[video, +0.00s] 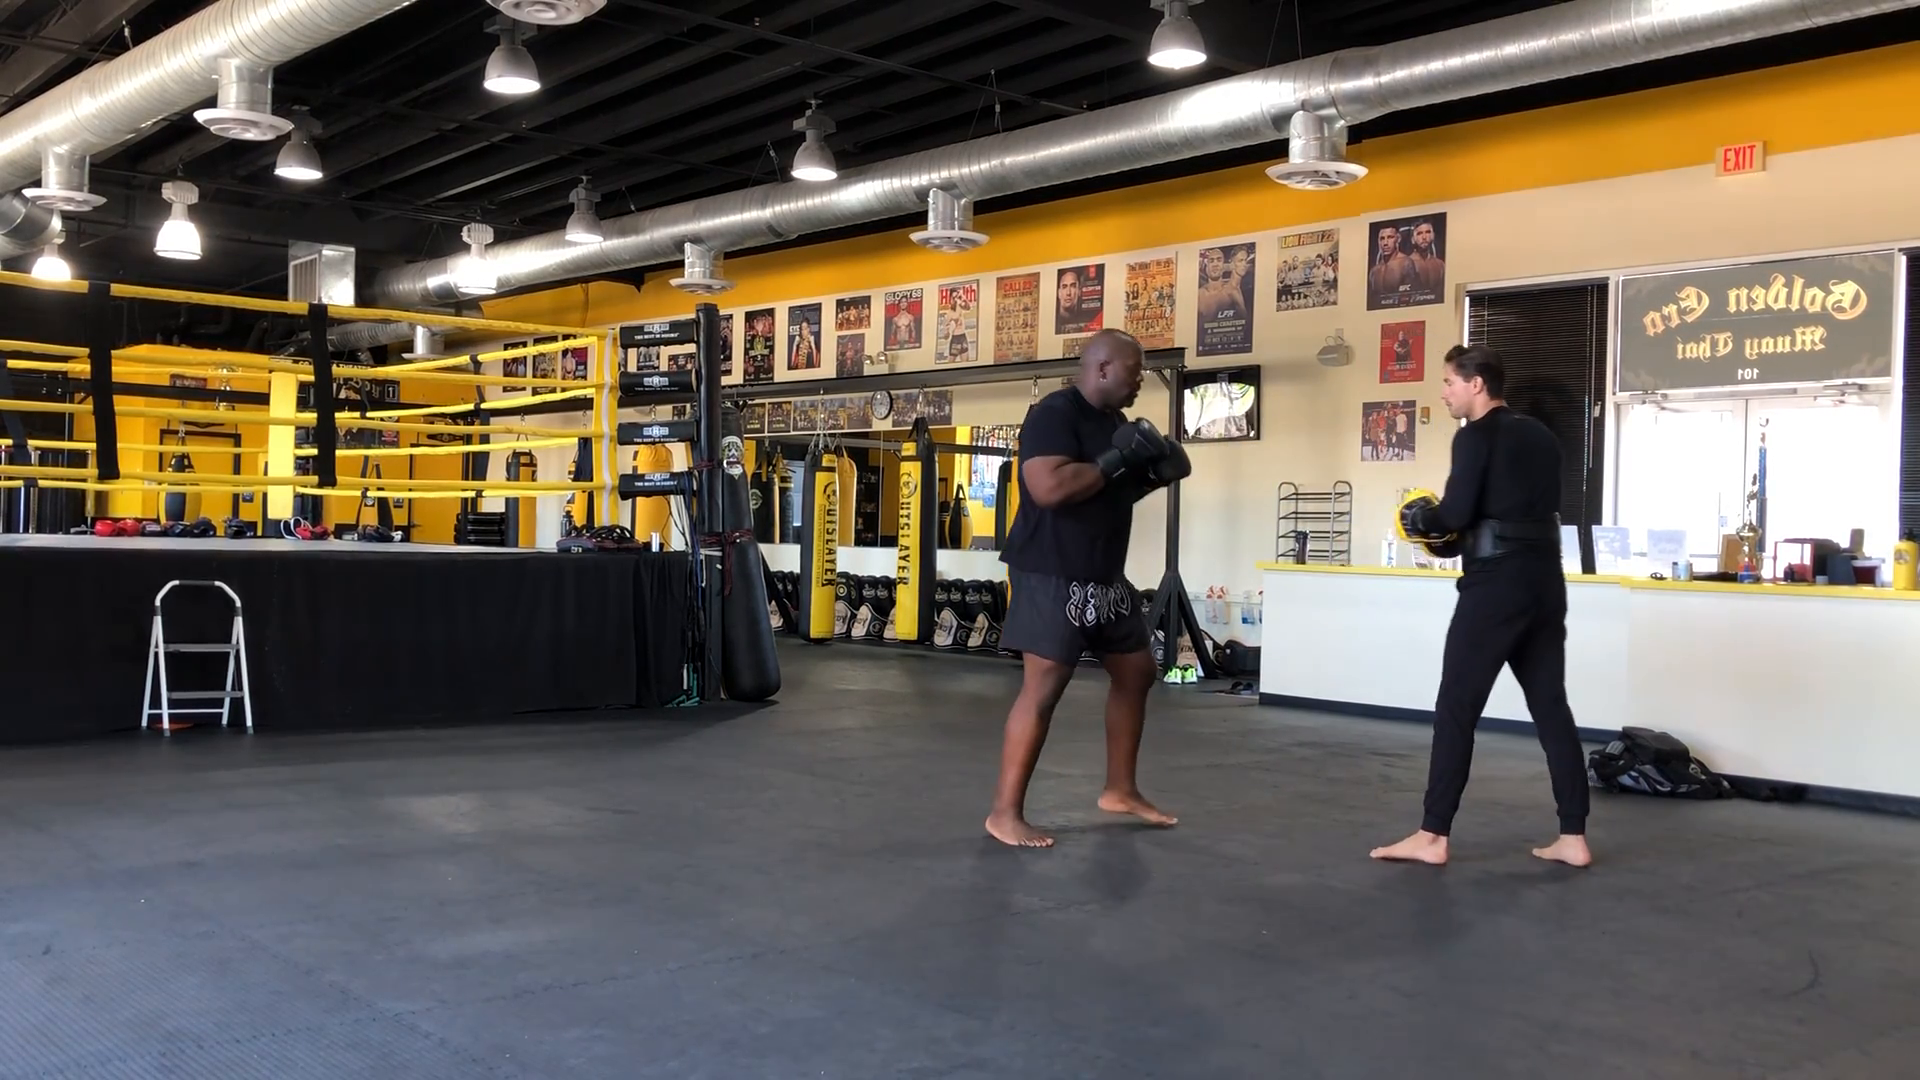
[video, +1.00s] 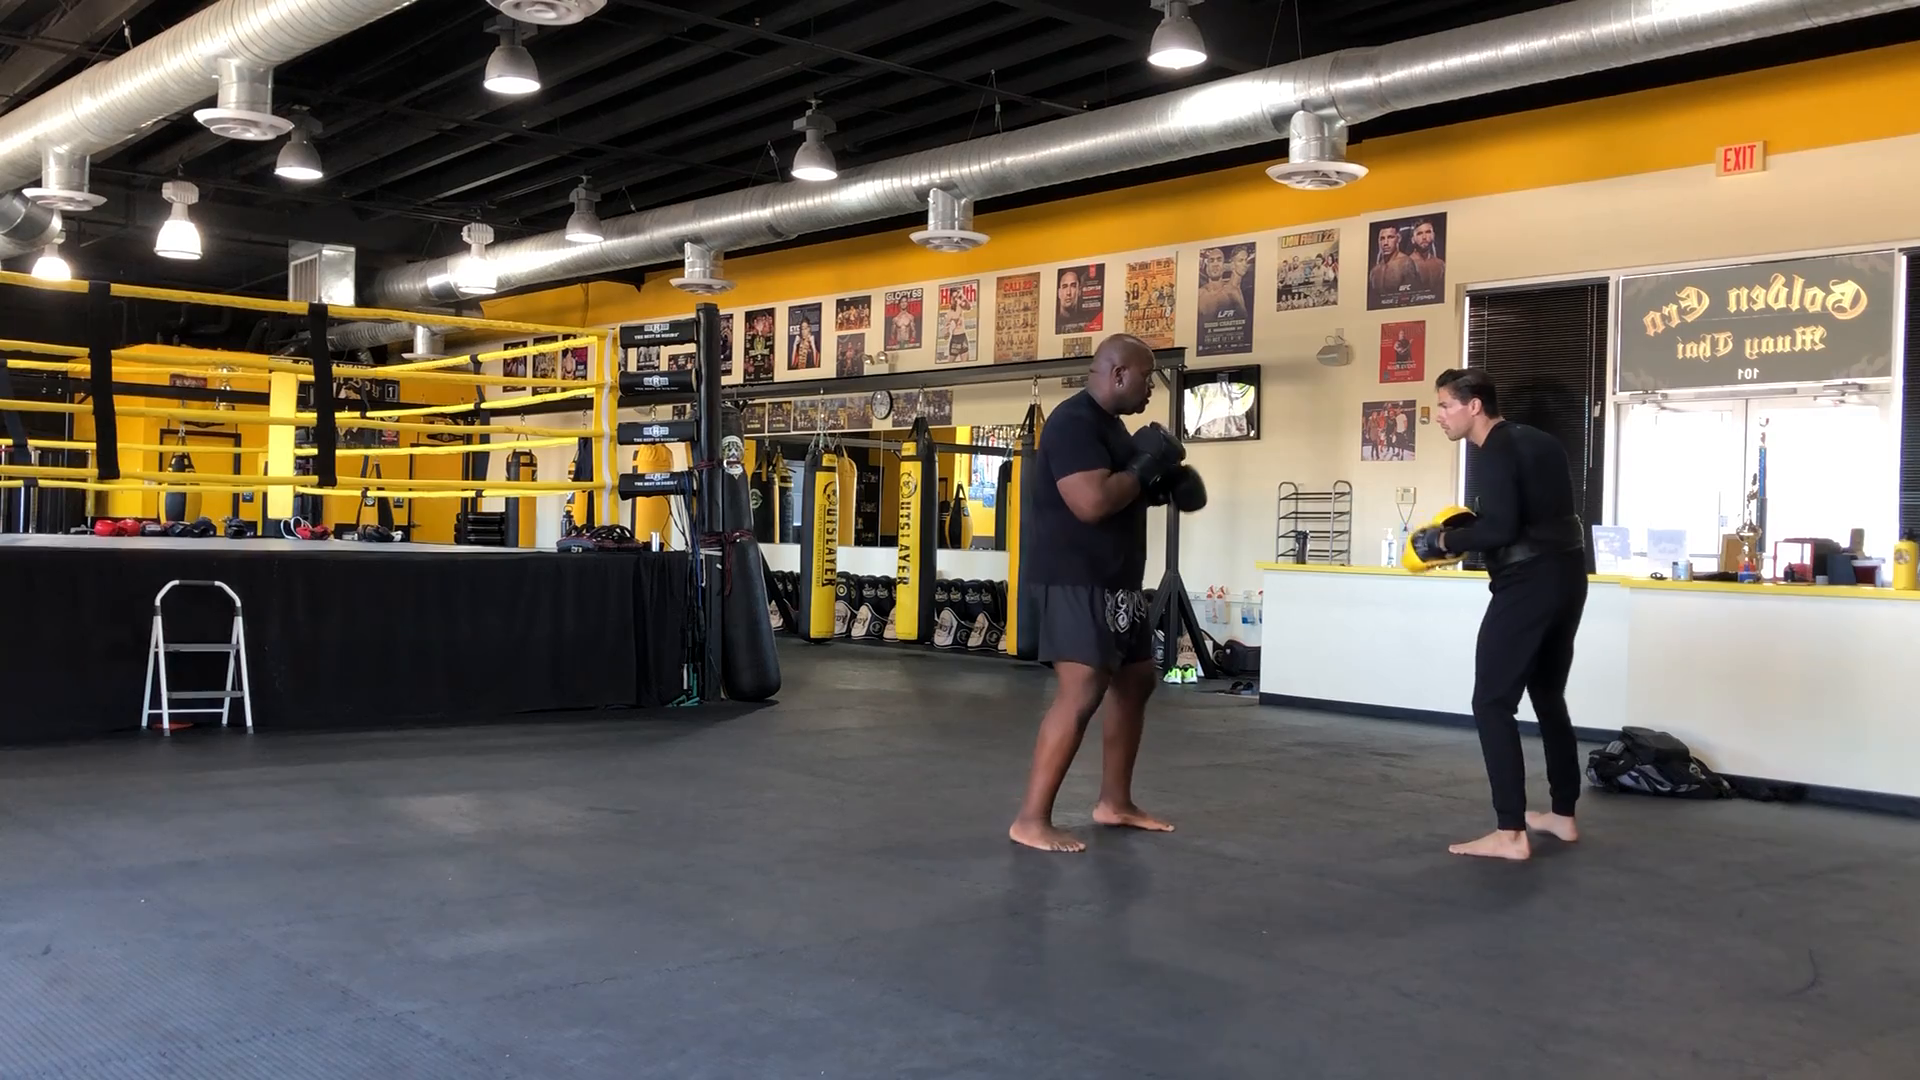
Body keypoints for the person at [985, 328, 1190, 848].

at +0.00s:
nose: (1138, 385)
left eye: (1140, 375)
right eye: (1134, 374)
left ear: (1108, 370)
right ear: (1102, 368)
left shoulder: (1117, 427)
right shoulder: (1051, 413)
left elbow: (1113, 497)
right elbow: (1048, 487)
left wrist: (1154, 475)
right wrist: (1116, 458)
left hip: (1105, 576)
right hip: (1052, 575)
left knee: (1135, 671)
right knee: (1042, 685)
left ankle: (1120, 791)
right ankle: (1004, 814)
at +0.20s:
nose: (1129, 384)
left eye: (1130, 375)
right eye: (1124, 373)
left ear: (1092, 371)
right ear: (1092, 370)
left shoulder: (1102, 430)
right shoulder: (1045, 420)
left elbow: (1103, 498)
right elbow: (1058, 496)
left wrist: (1146, 473)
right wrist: (1120, 457)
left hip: (1098, 585)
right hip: (1047, 585)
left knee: (1121, 681)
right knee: (1045, 690)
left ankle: (1106, 803)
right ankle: (1004, 817)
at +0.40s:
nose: (1133, 380)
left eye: (1134, 371)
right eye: (1129, 370)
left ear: (1098, 366)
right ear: (1097, 364)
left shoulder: (1103, 423)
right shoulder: (1052, 410)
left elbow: (1105, 489)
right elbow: (1061, 485)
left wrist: (1149, 470)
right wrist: (1123, 454)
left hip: (1102, 576)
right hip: (1052, 577)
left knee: (1123, 674)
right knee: (1035, 689)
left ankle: (1115, 795)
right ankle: (1003, 816)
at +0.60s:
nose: (1150, 382)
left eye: (1151, 373)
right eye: (1146, 372)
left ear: (1116, 368)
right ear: (1116, 367)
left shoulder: (1117, 428)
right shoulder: (1067, 414)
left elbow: (1116, 499)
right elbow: (1075, 490)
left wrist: (1161, 471)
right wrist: (1136, 454)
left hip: (1111, 579)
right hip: (1065, 578)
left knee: (1112, 683)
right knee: (1065, 686)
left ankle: (1111, 804)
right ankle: (1007, 809)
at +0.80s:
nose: (1159, 383)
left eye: (1160, 374)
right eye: (1154, 373)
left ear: (1125, 369)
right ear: (1123, 368)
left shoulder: (1126, 428)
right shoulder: (1078, 411)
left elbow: (1130, 494)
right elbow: (1082, 484)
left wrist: (1172, 467)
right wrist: (1145, 459)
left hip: (1113, 574)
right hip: (1070, 570)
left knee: (1114, 682)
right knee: (1089, 678)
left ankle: (1112, 804)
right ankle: (1031, 803)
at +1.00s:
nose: (1150, 388)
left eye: (1151, 379)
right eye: (1146, 377)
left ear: (1115, 373)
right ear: (1115, 373)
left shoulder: (1112, 430)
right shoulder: (1071, 421)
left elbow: (1124, 492)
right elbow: (1090, 501)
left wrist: (1165, 486)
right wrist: (1144, 463)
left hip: (1118, 583)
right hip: (1075, 583)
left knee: (1136, 680)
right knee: (1081, 689)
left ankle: (1115, 803)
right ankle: (1031, 820)